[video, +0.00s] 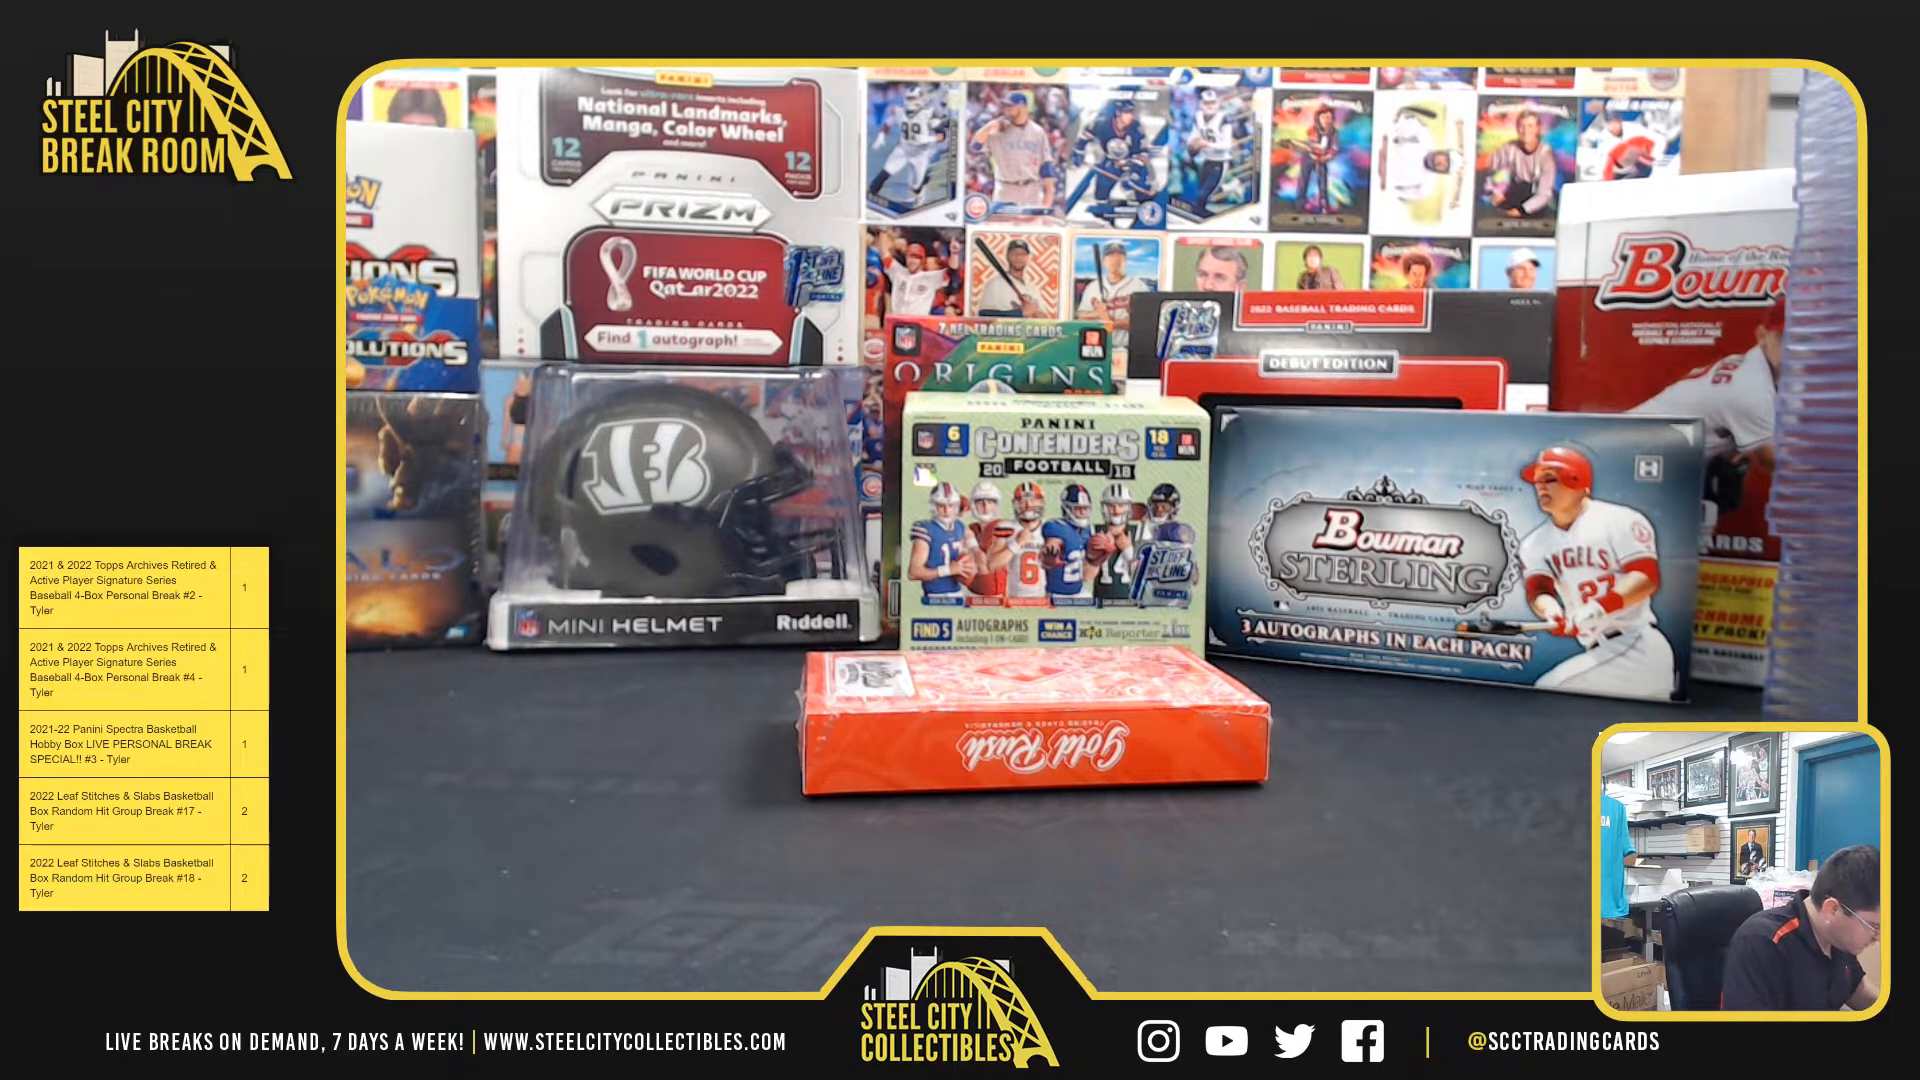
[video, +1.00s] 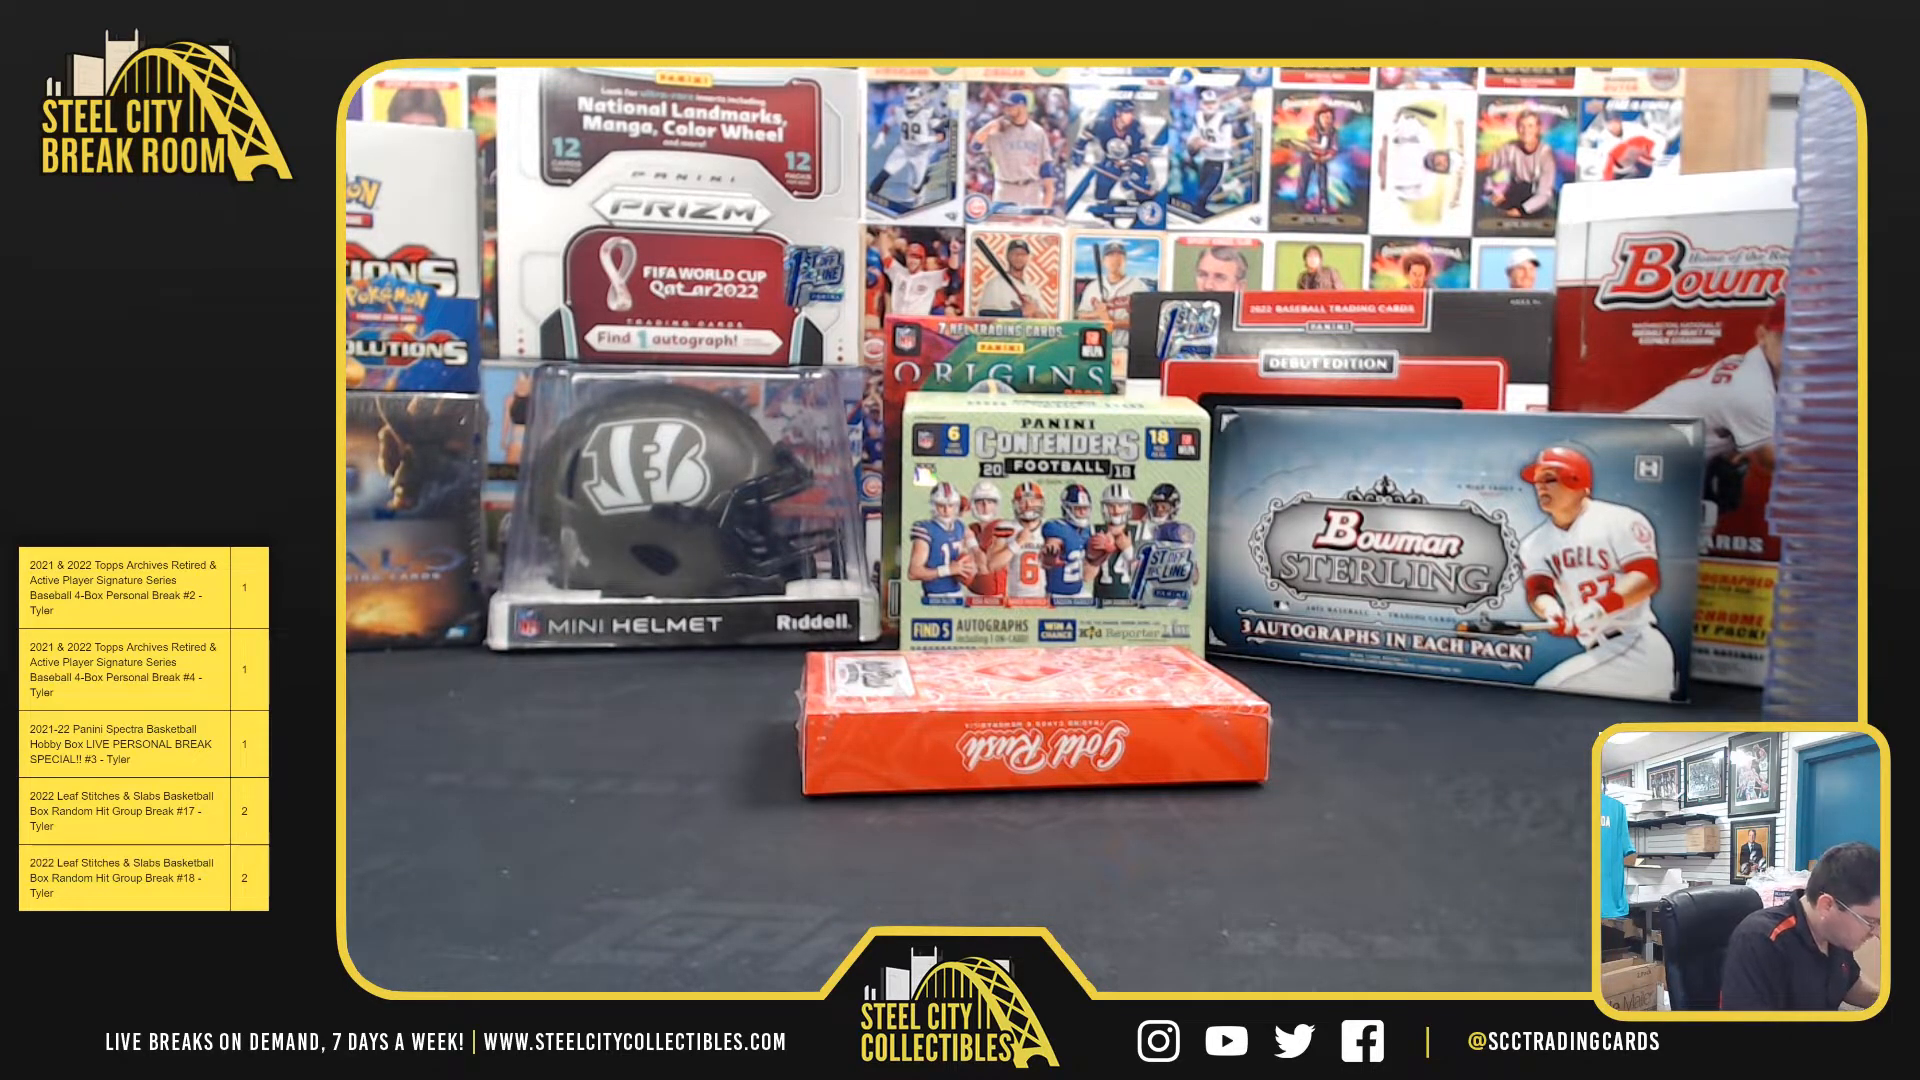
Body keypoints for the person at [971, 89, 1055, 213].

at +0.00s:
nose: (1007, 110)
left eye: (1011, 106)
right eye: (1006, 106)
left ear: (1022, 107)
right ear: (1004, 107)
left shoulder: (1038, 132)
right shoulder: (997, 129)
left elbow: (1046, 166)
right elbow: (974, 147)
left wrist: (1048, 200)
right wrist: (990, 127)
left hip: (1031, 186)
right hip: (1005, 186)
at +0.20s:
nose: (1007, 110)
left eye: (1010, 106)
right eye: (1006, 106)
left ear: (1022, 107)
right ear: (1004, 107)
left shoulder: (1038, 132)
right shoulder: (997, 129)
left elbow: (1046, 167)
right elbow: (974, 147)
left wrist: (1048, 200)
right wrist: (990, 127)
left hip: (1031, 186)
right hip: (1005, 186)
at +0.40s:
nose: (1007, 110)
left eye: (1010, 106)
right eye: (1006, 106)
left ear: (1022, 107)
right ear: (1004, 107)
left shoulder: (1038, 132)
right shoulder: (997, 129)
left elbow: (1046, 167)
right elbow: (974, 147)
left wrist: (1048, 200)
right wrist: (990, 127)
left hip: (1031, 186)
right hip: (1005, 186)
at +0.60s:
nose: (1007, 110)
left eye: (1010, 106)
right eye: (1006, 106)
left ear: (1022, 107)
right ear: (1004, 107)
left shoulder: (1038, 132)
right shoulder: (997, 129)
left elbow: (1046, 167)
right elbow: (974, 147)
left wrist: (1048, 200)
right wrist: (990, 127)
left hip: (1031, 186)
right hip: (1005, 186)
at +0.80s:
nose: (1007, 110)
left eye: (1010, 106)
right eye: (1006, 106)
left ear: (1022, 107)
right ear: (1004, 107)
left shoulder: (1038, 132)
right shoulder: (997, 129)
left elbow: (1046, 167)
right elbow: (974, 147)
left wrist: (1048, 199)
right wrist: (990, 127)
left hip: (1031, 186)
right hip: (1005, 186)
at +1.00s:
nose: (1007, 110)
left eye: (1011, 106)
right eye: (1006, 106)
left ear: (1022, 107)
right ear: (1004, 107)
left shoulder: (1038, 132)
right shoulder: (997, 129)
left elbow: (1046, 167)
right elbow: (974, 147)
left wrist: (1048, 200)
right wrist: (990, 127)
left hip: (1031, 186)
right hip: (1005, 186)